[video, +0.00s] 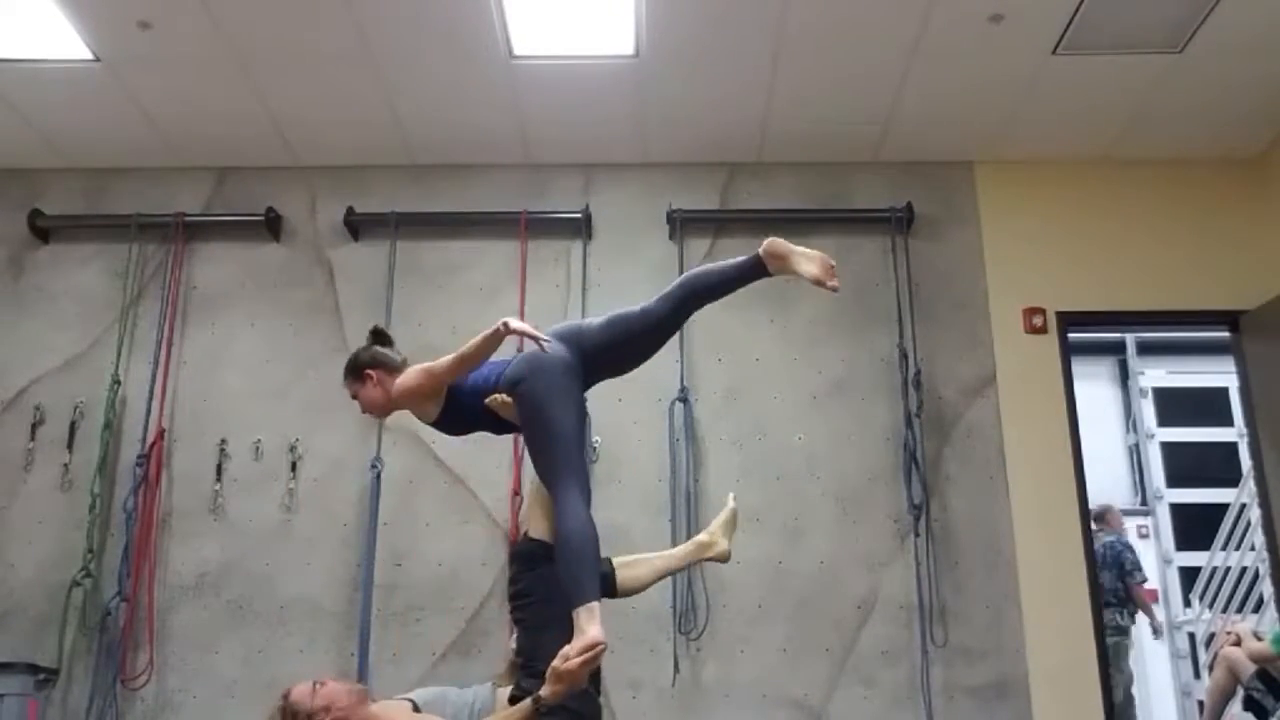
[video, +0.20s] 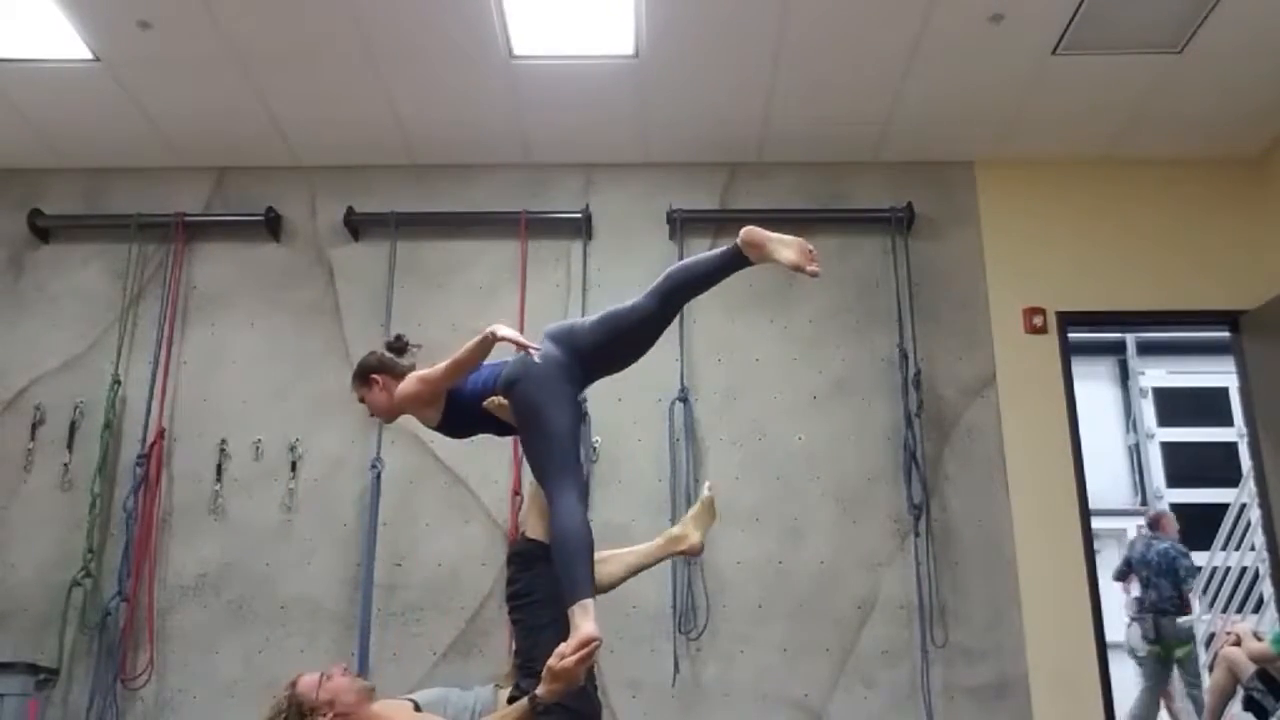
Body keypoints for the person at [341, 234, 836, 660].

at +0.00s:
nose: (362, 407)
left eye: (358, 397)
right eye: (358, 400)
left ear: (374, 378)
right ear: (378, 378)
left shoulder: (410, 387)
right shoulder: (430, 390)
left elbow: (455, 365)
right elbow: (482, 386)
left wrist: (497, 332)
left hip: (538, 380)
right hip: (559, 350)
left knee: (568, 500)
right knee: (663, 312)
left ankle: (587, 627)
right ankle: (768, 257)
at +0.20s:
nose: (367, 406)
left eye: (365, 396)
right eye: (364, 400)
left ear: (381, 381)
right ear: (388, 379)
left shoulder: (407, 396)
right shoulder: (431, 391)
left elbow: (445, 372)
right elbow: (486, 391)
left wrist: (487, 337)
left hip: (530, 380)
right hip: (554, 349)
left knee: (564, 495)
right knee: (656, 305)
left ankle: (583, 623)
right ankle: (748, 247)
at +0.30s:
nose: (368, 411)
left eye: (364, 401)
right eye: (363, 404)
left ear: (373, 383)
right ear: (385, 367)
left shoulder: (395, 393)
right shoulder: (441, 358)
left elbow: (431, 379)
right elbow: (512, 334)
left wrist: (467, 393)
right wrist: (582, 304)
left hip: (511, 374)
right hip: (545, 344)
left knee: (549, 495)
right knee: (657, 344)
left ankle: (574, 624)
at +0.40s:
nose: (363, 399)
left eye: (355, 391)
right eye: (358, 393)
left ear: (361, 371)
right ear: (378, 351)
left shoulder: (386, 379)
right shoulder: (432, 340)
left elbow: (406, 404)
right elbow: (503, 310)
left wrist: (412, 427)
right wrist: (570, 269)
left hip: (500, 369)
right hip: (542, 338)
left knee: (537, 490)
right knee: (652, 389)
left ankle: (561, 618)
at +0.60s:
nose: (347, 308)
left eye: (344, 299)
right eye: (345, 300)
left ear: (352, 288)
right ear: (385, 278)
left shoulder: (368, 312)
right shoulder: (438, 287)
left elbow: (402, 344)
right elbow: (511, 290)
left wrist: (422, 394)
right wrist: (591, 287)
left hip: (481, 366)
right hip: (543, 354)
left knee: (516, 493)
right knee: (566, 480)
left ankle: (548, 625)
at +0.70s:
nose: (393, 278)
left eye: (393, 271)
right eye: (393, 272)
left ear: (404, 265)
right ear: (441, 260)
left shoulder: (404, 284)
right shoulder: (483, 276)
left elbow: (417, 322)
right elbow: (564, 293)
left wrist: (395, 396)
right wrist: (637, 306)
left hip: (479, 375)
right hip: (543, 374)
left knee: (502, 501)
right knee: (537, 455)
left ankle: (528, 632)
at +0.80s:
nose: (420, 267)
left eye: (421, 262)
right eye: (422, 262)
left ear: (431, 260)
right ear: (469, 258)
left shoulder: (426, 281)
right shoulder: (505, 278)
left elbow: (435, 317)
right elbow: (584, 309)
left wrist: (408, 382)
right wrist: (647, 337)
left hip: (483, 379)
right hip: (546, 374)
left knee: (508, 503)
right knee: (556, 446)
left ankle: (531, 627)